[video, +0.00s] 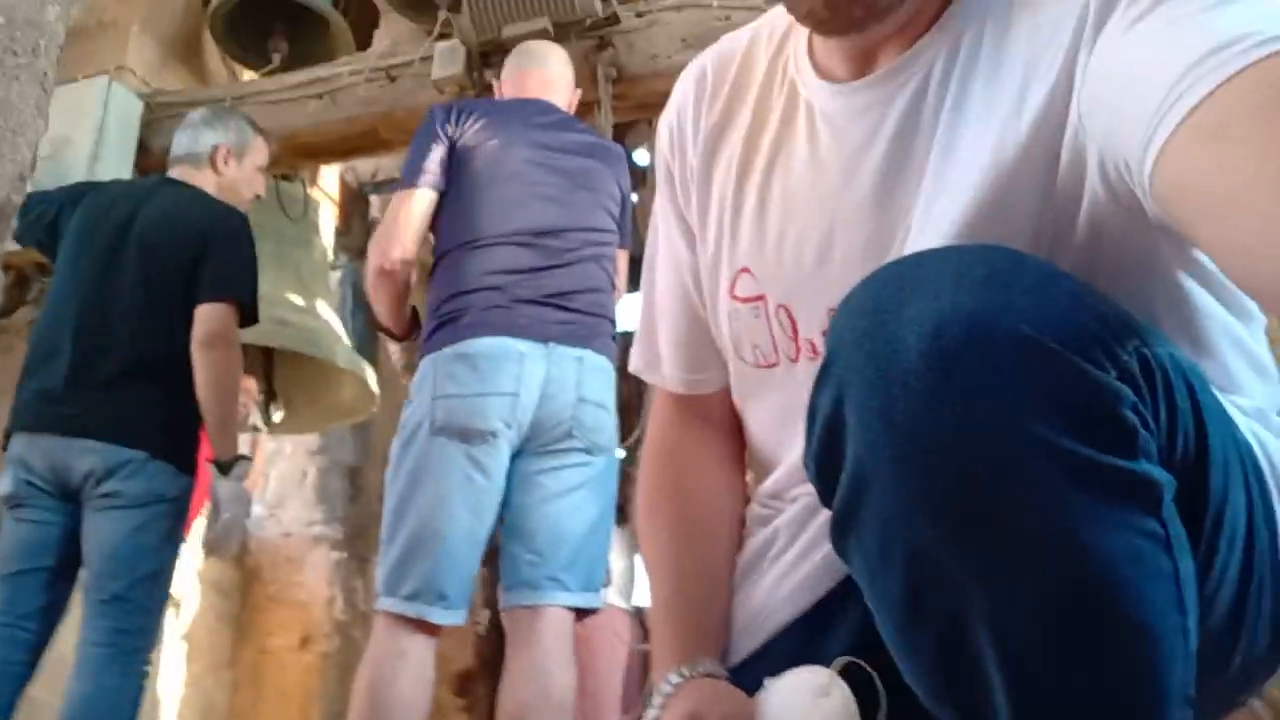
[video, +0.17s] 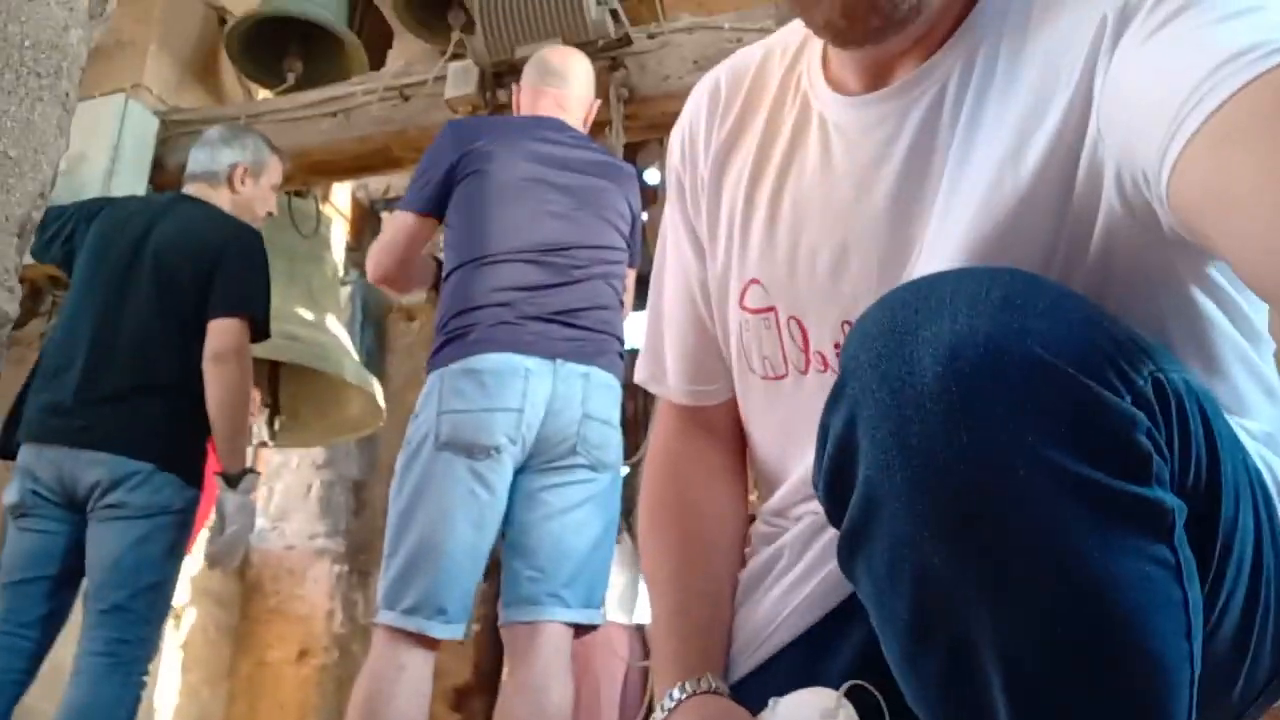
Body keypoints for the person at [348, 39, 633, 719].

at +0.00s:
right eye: (576, 96)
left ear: (497, 87)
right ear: (576, 100)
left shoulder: (456, 119)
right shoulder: (611, 155)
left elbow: (391, 257)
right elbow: (615, 280)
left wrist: (400, 330)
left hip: (475, 356)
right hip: (587, 369)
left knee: (411, 616)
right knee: (545, 611)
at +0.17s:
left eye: (518, 94)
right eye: (592, 108)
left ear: (514, 97)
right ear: (592, 113)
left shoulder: (468, 135)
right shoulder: (622, 175)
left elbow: (387, 267)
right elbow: (623, 297)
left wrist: (438, 271)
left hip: (484, 370)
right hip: (594, 388)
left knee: (410, 628)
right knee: (544, 630)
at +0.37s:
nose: (489, 115)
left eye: (490, 108)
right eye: (564, 123)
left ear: (488, 112)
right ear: (566, 128)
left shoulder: (439, 153)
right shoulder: (594, 195)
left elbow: (371, 254)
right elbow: (594, 317)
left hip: (450, 394)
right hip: (562, 410)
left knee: (383, 658)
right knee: (519, 647)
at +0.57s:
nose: (488, 111)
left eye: (488, 104)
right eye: (561, 116)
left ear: (486, 109)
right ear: (564, 123)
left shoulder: (440, 150)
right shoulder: (594, 192)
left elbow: (416, 236)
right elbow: (592, 313)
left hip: (447, 387)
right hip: (561, 405)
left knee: (379, 647)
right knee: (515, 641)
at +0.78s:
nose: (417, 103)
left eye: (417, 94)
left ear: (419, 98)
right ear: (501, 117)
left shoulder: (367, 140)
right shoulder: (525, 189)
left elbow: (359, 241)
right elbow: (522, 314)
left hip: (365, 381)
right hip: (482, 402)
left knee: (289, 646)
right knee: (432, 642)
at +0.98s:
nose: (448, 93)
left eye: (448, 83)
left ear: (447, 84)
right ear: (525, 109)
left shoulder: (402, 127)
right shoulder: (547, 171)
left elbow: (380, 241)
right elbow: (548, 294)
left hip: (382, 360)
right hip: (494, 381)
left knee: (284, 611)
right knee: (426, 612)